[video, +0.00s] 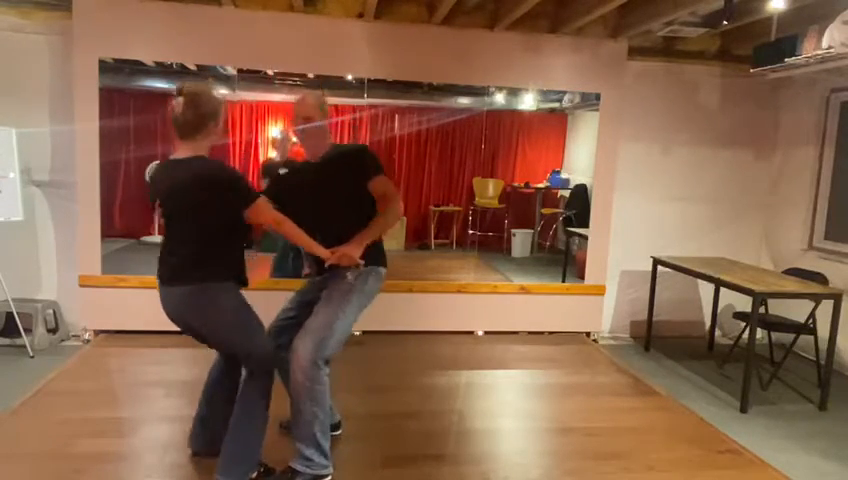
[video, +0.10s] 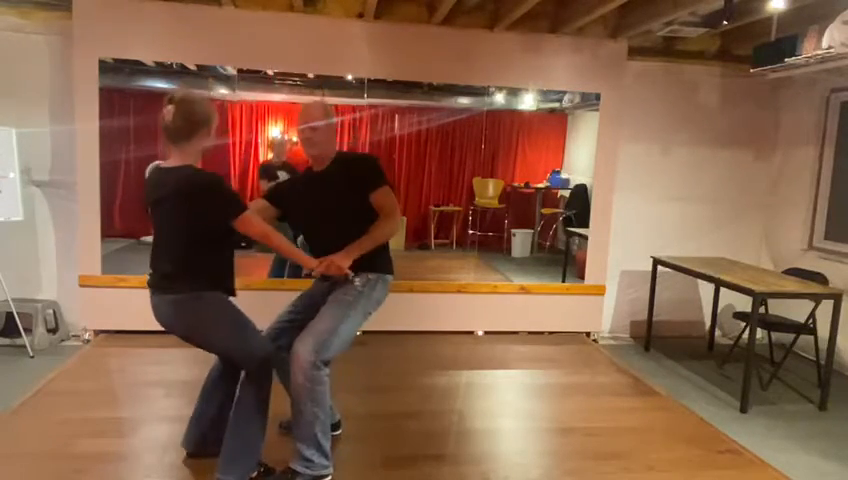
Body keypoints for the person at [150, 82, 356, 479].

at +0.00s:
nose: (223, 127)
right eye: (221, 121)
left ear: (175, 126)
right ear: (216, 127)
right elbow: (272, 219)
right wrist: (320, 251)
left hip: (174, 295)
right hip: (212, 294)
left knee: (233, 350)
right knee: (261, 359)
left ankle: (206, 440)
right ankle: (239, 467)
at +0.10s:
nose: (217, 132)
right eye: (214, 126)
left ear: (167, 131)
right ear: (208, 132)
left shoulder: (156, 179)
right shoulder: (208, 185)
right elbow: (257, 230)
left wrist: (166, 120)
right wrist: (307, 262)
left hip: (167, 301)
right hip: (198, 302)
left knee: (236, 351)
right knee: (260, 356)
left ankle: (202, 440)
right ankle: (240, 467)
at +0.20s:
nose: (210, 141)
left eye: (208, 133)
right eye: (207, 134)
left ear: (162, 138)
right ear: (200, 140)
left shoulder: (154, 181)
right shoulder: (196, 192)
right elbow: (248, 241)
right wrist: (295, 268)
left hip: (160, 304)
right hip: (186, 307)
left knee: (238, 351)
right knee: (255, 358)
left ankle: (202, 441)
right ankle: (240, 467)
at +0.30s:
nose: (207, 146)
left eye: (205, 139)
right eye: (203, 139)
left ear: (163, 145)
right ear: (192, 147)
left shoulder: (155, 180)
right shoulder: (187, 200)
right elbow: (245, 253)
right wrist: (294, 277)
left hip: (157, 304)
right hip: (173, 311)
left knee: (241, 349)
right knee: (253, 356)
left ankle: (203, 440)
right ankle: (239, 467)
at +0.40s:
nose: (208, 151)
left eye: (206, 144)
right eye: (204, 145)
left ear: (165, 149)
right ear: (187, 150)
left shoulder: (159, 189)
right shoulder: (183, 203)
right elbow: (240, 258)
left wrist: (219, 219)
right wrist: (292, 283)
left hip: (158, 305)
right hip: (170, 312)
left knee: (236, 354)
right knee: (249, 360)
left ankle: (201, 439)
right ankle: (238, 465)